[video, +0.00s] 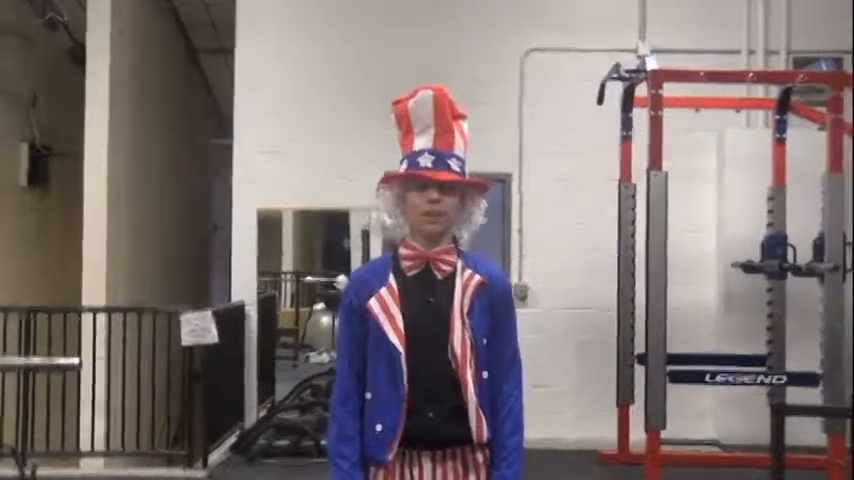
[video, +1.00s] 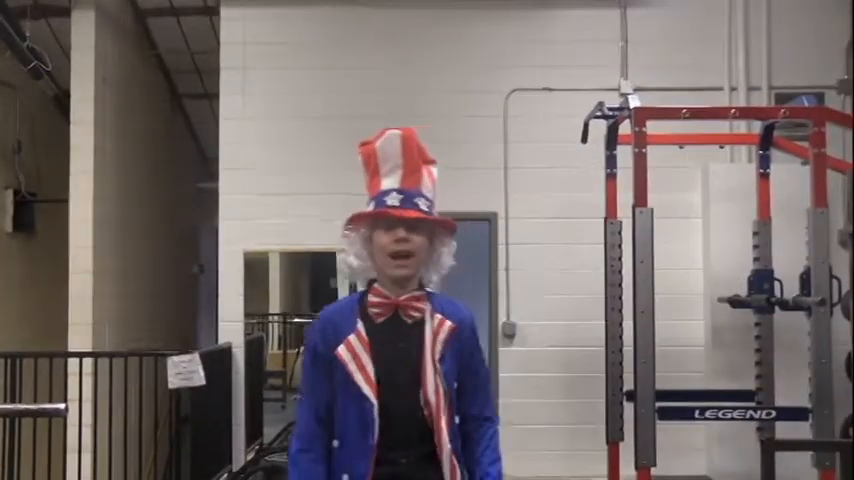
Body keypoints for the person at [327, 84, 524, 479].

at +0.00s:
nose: (433, 198)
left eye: (446, 189)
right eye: (420, 187)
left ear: (463, 202)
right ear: (402, 199)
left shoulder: (489, 284)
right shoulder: (366, 284)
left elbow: (507, 388)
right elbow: (348, 391)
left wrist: (507, 470)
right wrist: (346, 471)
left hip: (468, 462)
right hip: (389, 463)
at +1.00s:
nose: (401, 237)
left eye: (414, 227)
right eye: (387, 226)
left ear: (431, 242)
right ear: (367, 241)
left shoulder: (456, 321)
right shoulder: (332, 325)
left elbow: (480, 421)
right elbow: (311, 431)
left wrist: (488, 475)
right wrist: (309, 475)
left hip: (437, 472)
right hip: (362, 472)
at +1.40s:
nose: (377, 224)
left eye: (389, 214)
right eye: (362, 216)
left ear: (408, 229)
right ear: (342, 234)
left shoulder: (446, 309)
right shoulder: (318, 326)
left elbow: (477, 398)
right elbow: (303, 442)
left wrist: (484, 472)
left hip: (437, 471)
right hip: (359, 472)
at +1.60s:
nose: (415, 215)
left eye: (427, 204)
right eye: (400, 206)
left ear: (446, 221)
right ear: (380, 226)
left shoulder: (479, 303)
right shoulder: (353, 316)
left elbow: (514, 392)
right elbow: (333, 430)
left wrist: (525, 470)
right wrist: (329, 474)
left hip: (470, 471)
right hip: (389, 472)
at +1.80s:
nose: (440, 212)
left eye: (452, 202)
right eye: (425, 202)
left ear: (471, 219)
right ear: (405, 219)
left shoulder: (496, 299)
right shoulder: (369, 309)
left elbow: (539, 377)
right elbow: (335, 406)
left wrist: (547, 448)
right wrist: (334, 474)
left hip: (487, 471)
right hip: (405, 472)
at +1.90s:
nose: (435, 208)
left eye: (448, 199)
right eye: (420, 198)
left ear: (466, 215)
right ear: (400, 214)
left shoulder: (490, 294)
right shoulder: (364, 300)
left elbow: (535, 371)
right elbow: (319, 393)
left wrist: (550, 446)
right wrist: (327, 471)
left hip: (477, 469)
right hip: (393, 469)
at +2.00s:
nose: (428, 203)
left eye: (440, 194)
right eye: (413, 194)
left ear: (459, 211)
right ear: (392, 209)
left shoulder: (482, 287)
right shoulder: (359, 291)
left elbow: (529, 362)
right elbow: (307, 381)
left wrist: (545, 439)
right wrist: (319, 469)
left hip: (468, 469)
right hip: (384, 469)